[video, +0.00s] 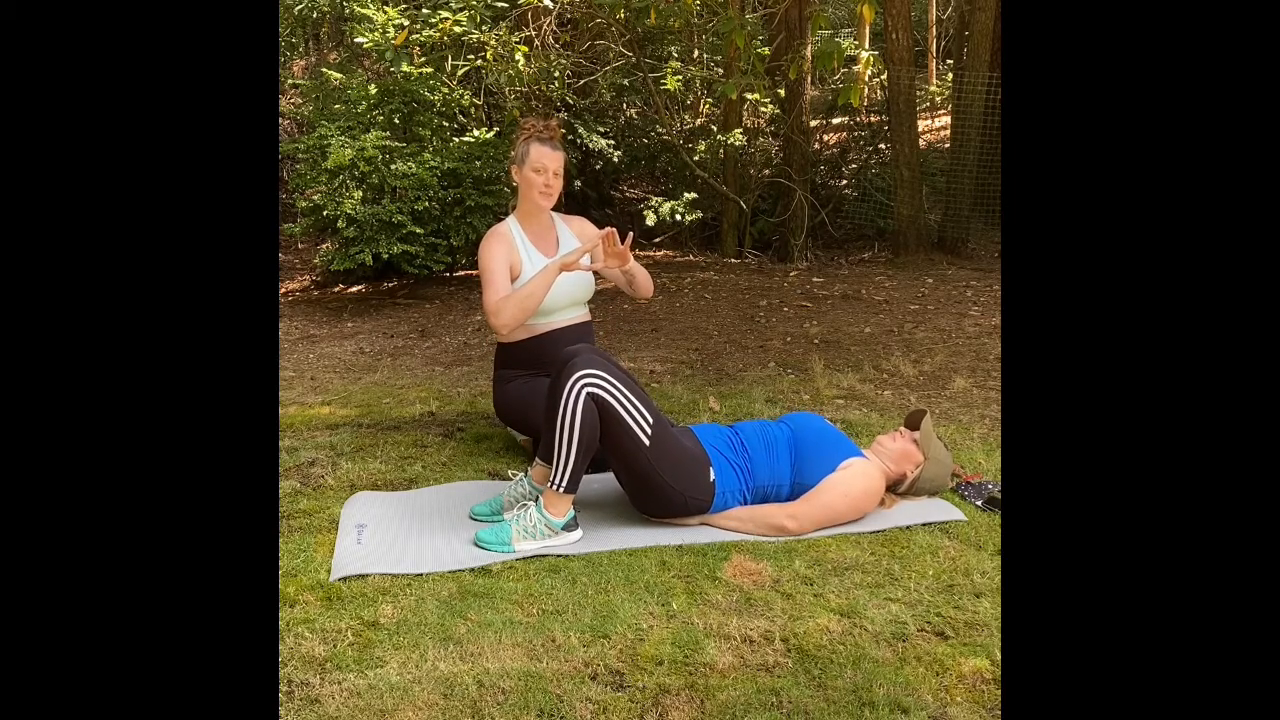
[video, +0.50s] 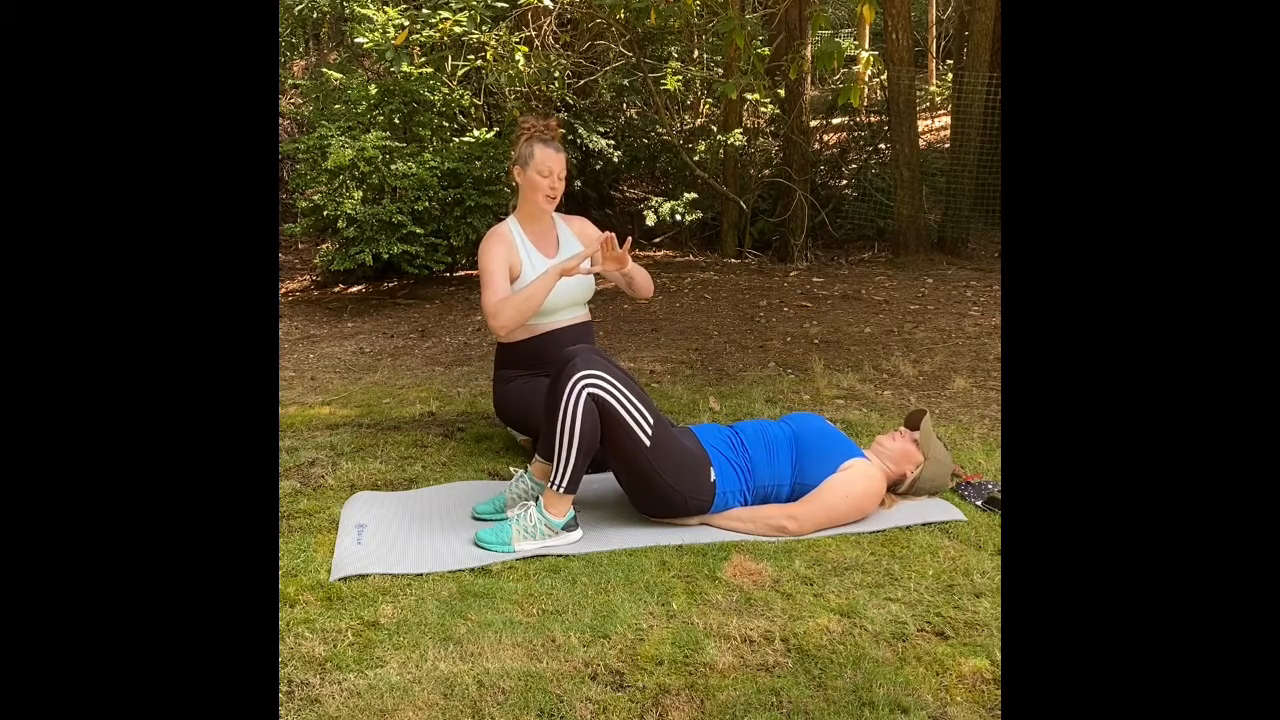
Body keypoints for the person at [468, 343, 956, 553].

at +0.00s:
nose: (897, 433)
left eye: (908, 440)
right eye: (906, 430)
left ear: (908, 471)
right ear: (897, 444)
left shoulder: (863, 479)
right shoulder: (847, 456)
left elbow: (794, 520)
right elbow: (774, 494)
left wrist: (711, 517)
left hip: (693, 482)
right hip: (680, 452)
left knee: (589, 376)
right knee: (589, 364)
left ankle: (554, 511)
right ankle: (540, 484)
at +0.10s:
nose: (897, 433)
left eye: (908, 440)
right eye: (906, 430)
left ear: (908, 470)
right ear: (898, 445)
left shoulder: (864, 479)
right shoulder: (847, 456)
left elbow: (795, 520)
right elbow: (775, 493)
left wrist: (711, 517)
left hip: (693, 482)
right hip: (679, 452)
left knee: (589, 376)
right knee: (588, 364)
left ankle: (554, 511)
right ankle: (540, 484)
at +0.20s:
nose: (897, 433)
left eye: (908, 440)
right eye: (906, 430)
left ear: (908, 471)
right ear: (898, 445)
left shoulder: (864, 480)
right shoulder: (847, 455)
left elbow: (795, 520)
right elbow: (775, 493)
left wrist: (710, 517)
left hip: (693, 482)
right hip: (679, 452)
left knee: (589, 376)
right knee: (588, 364)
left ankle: (555, 511)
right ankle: (539, 483)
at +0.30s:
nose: (897, 433)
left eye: (908, 439)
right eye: (906, 430)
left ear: (908, 471)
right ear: (898, 445)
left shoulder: (864, 480)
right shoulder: (847, 455)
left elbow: (795, 520)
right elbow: (775, 493)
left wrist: (711, 517)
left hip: (693, 482)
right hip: (679, 452)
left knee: (589, 375)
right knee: (589, 363)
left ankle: (555, 511)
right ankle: (539, 479)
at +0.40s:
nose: (897, 433)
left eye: (908, 440)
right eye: (906, 430)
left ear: (908, 471)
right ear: (898, 445)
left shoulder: (864, 480)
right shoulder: (847, 455)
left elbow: (795, 520)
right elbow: (777, 497)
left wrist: (711, 517)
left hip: (694, 482)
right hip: (679, 455)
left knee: (588, 376)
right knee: (588, 364)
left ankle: (554, 510)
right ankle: (540, 480)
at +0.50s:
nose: (898, 433)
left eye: (909, 440)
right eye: (907, 430)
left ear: (908, 470)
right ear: (898, 445)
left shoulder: (864, 479)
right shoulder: (847, 455)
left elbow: (795, 520)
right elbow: (776, 497)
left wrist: (710, 517)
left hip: (694, 482)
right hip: (680, 455)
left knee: (588, 376)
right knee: (588, 364)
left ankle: (554, 510)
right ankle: (541, 483)